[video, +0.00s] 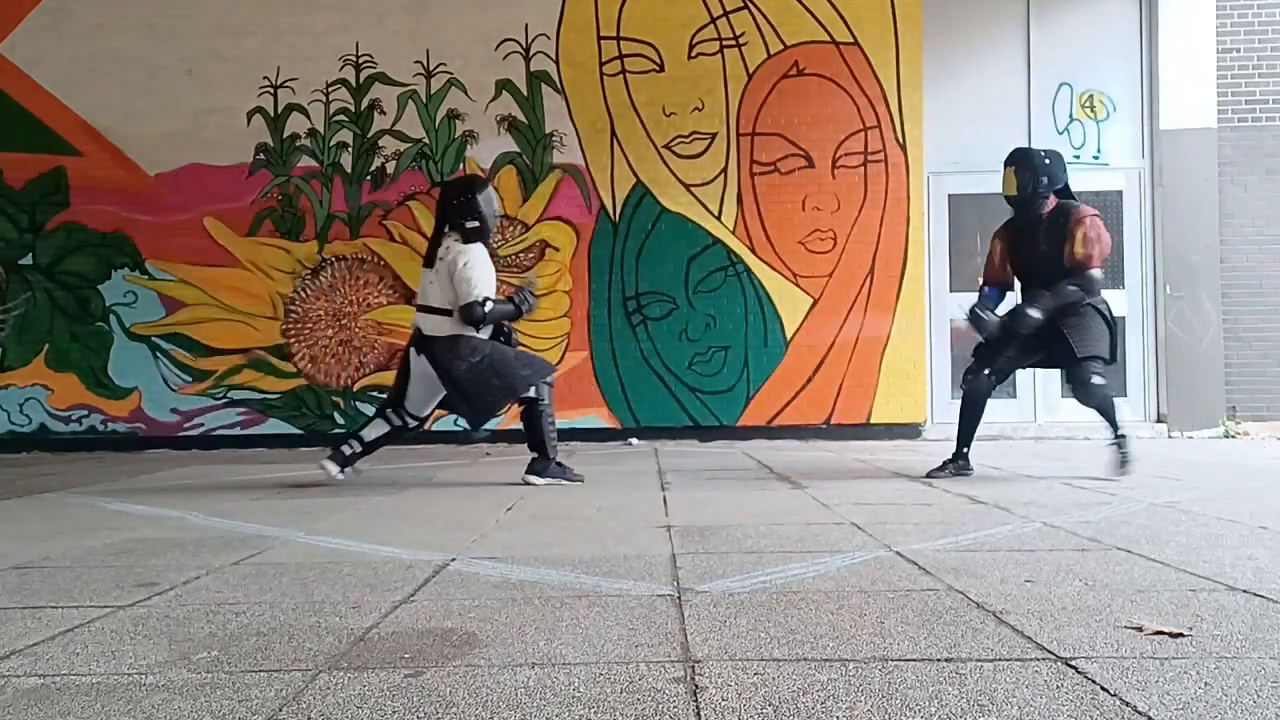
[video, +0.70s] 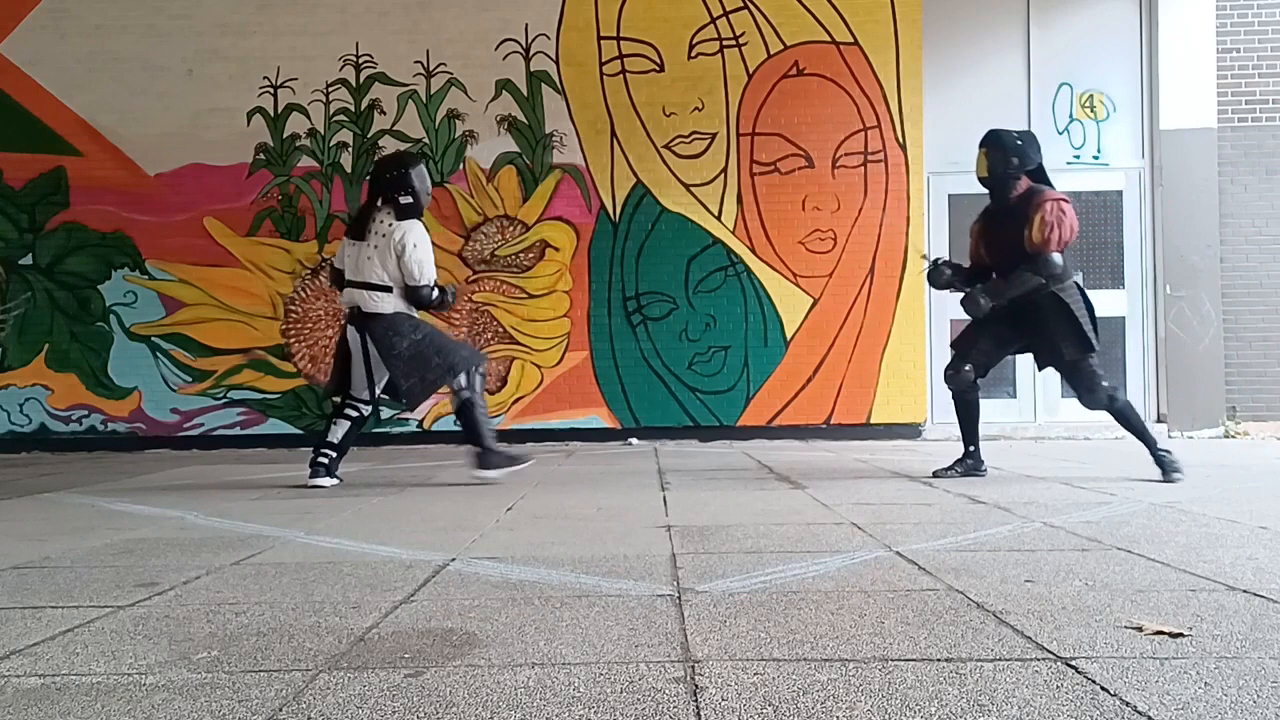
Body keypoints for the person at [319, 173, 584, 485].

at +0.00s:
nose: (495, 216)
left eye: (493, 208)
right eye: (489, 209)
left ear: (452, 215)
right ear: (473, 215)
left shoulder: (441, 247)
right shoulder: (470, 253)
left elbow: (443, 306)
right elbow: (475, 312)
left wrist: (493, 326)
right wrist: (516, 307)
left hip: (426, 344)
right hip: (458, 347)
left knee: (405, 413)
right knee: (536, 378)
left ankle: (342, 455)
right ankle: (545, 462)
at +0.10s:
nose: (480, 206)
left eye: (477, 198)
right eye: (474, 199)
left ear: (437, 206)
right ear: (457, 207)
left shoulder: (425, 241)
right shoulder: (451, 248)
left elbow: (426, 303)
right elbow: (459, 308)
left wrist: (473, 326)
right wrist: (492, 297)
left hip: (408, 341)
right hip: (439, 346)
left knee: (389, 415)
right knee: (515, 381)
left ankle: (332, 468)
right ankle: (543, 462)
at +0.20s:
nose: (453, 205)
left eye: (450, 198)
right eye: (448, 199)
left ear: (410, 201)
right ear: (434, 204)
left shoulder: (394, 234)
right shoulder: (428, 241)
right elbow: (437, 301)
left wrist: (454, 282)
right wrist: (457, 310)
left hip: (381, 337)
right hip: (417, 342)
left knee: (371, 409)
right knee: (481, 392)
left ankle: (323, 468)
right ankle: (527, 457)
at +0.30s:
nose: (434, 193)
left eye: (432, 185)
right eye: (429, 186)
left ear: (387, 192)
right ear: (416, 193)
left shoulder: (370, 223)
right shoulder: (413, 232)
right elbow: (432, 296)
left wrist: (430, 254)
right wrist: (444, 270)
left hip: (363, 327)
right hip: (400, 331)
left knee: (363, 403)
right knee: (470, 373)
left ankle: (322, 467)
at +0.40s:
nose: (425, 188)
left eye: (424, 180)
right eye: (420, 181)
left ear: (378, 186)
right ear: (405, 186)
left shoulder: (359, 221)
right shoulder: (405, 224)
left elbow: (346, 277)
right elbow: (427, 289)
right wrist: (436, 258)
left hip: (356, 322)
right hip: (394, 323)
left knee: (358, 397)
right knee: (468, 361)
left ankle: (321, 468)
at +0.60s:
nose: (422, 185)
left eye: (419, 176)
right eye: (415, 177)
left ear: (373, 185)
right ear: (401, 184)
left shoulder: (353, 220)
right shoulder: (404, 224)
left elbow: (334, 275)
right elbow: (419, 290)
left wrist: (373, 276)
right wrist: (436, 275)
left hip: (351, 321)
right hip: (390, 320)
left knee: (355, 395)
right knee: (467, 354)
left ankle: (321, 468)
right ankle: (430, 430)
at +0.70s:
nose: (427, 189)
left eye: (425, 181)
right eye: (422, 182)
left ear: (381, 188)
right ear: (408, 189)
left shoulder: (360, 223)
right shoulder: (409, 229)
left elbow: (337, 276)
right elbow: (420, 295)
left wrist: (376, 286)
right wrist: (445, 296)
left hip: (356, 325)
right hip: (393, 325)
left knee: (357, 398)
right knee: (465, 363)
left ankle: (322, 468)